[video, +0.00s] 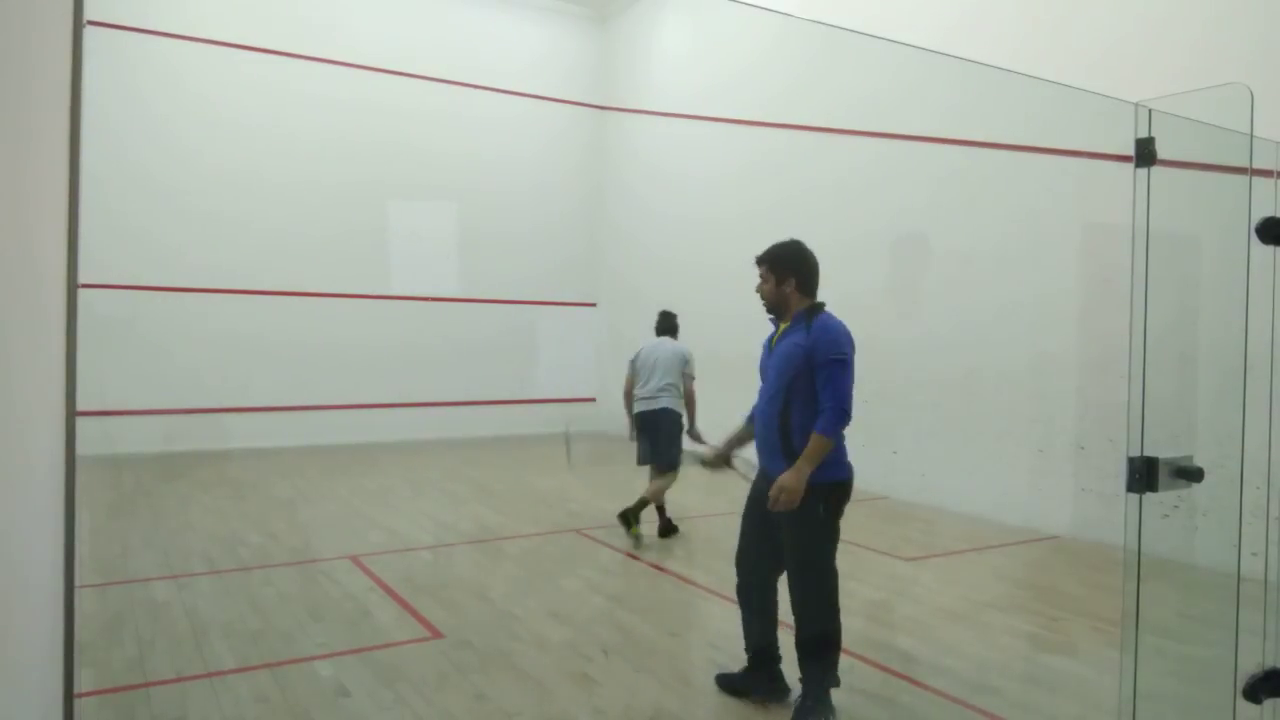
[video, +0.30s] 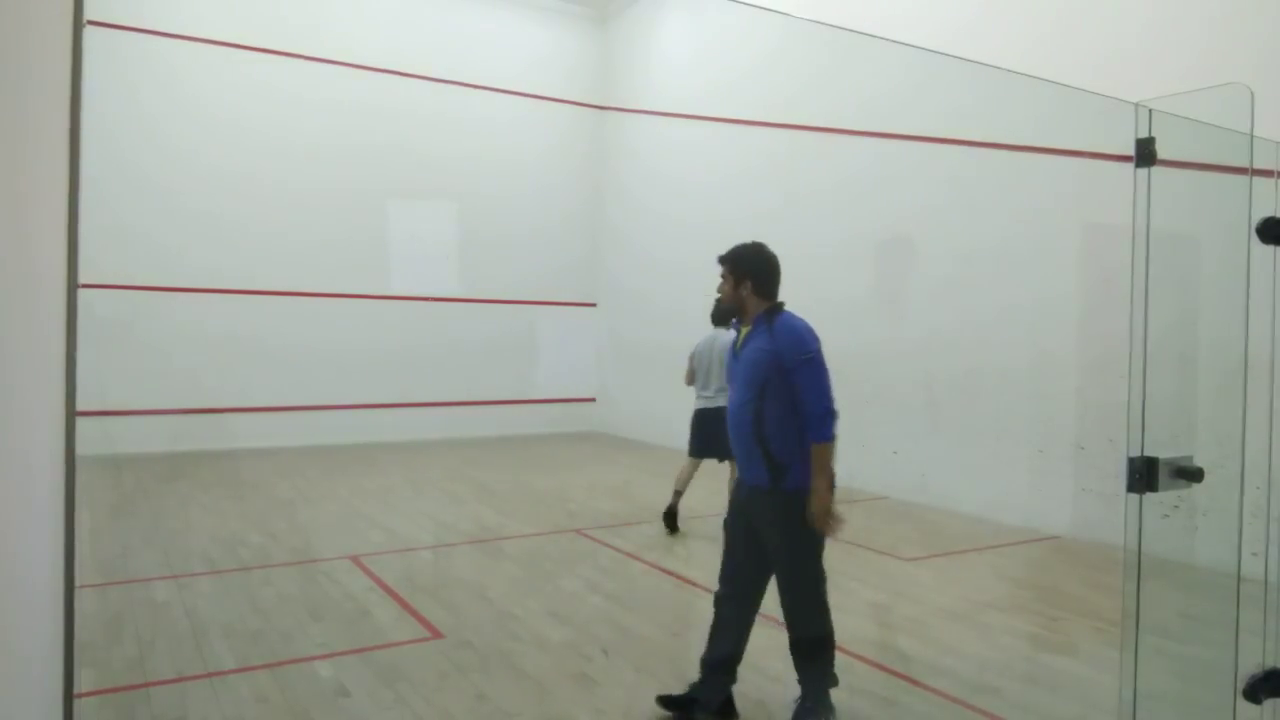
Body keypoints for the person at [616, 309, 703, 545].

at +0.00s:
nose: (677, 331)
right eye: (677, 328)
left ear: (656, 330)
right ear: (676, 330)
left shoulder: (641, 352)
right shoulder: (682, 352)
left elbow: (628, 390)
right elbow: (689, 392)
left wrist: (632, 420)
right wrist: (692, 425)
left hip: (642, 413)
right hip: (668, 412)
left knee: (655, 469)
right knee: (669, 473)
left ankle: (664, 521)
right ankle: (633, 511)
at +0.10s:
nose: (690, 324)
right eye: (691, 320)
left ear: (670, 321)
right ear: (690, 322)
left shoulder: (656, 346)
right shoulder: (695, 342)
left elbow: (647, 385)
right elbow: (704, 375)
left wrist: (665, 399)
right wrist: (716, 407)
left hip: (659, 411)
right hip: (684, 410)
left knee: (665, 463)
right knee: (701, 462)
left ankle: (663, 520)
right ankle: (680, 511)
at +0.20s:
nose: (704, 321)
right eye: (705, 317)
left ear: (686, 318)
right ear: (706, 318)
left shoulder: (674, 344)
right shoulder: (710, 339)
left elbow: (659, 378)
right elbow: (715, 366)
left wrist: (679, 365)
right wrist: (731, 394)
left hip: (676, 411)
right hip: (702, 411)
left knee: (672, 462)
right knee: (716, 462)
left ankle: (665, 518)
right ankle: (724, 513)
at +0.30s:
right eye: (734, 315)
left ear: (712, 318)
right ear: (733, 319)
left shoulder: (702, 344)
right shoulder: (738, 343)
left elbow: (689, 379)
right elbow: (743, 377)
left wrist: (711, 372)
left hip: (703, 411)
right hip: (729, 410)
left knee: (692, 462)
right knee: (736, 467)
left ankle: (673, 504)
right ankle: (734, 515)